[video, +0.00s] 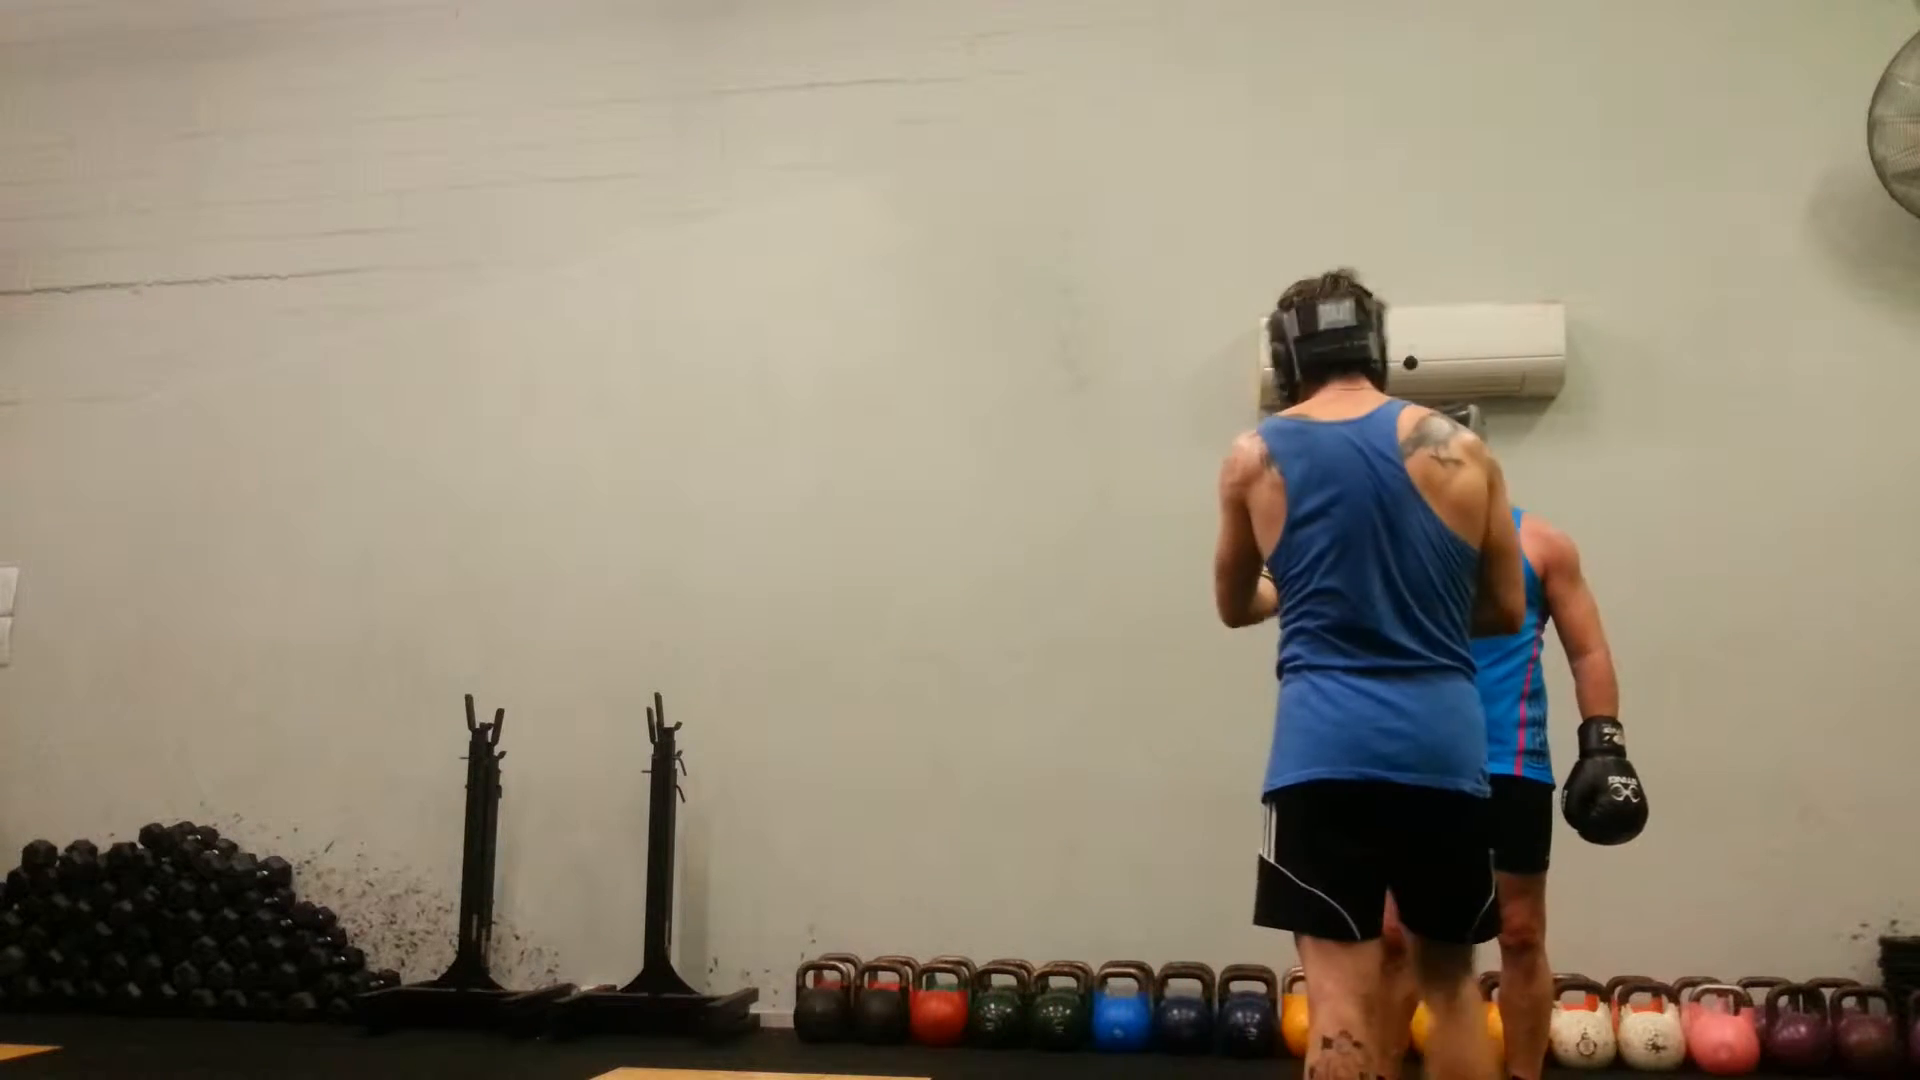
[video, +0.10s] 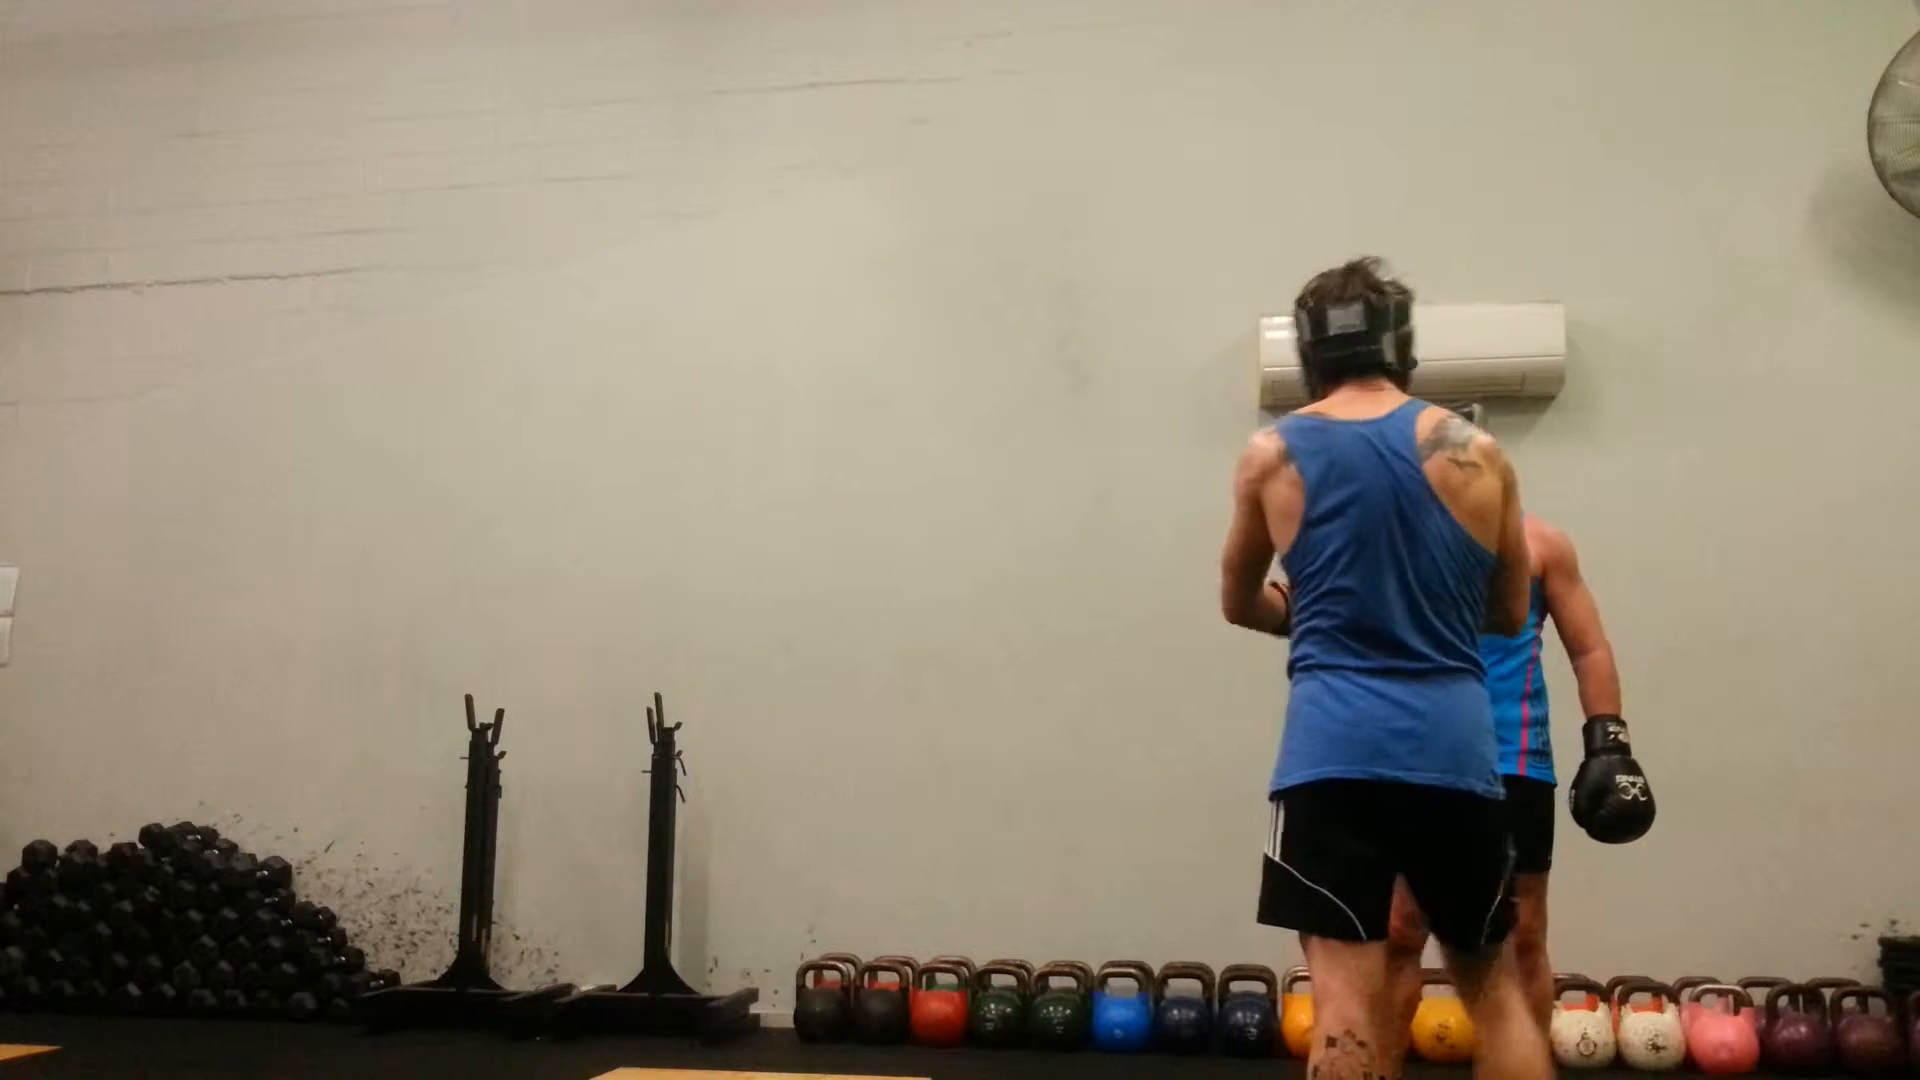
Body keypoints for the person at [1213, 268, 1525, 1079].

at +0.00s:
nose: (1274, 363)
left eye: (1277, 352)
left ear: (1285, 359)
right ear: (1378, 349)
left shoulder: (1256, 457)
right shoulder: (1465, 452)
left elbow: (1238, 605)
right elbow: (1503, 611)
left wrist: (1317, 575)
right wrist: (1411, 594)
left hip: (1323, 752)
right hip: (1446, 753)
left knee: (1342, 1014)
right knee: (1451, 988)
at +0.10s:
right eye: (1402, 333)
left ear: (1307, 351)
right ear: (1403, 344)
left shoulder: (1273, 455)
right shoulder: (1480, 453)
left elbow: (1243, 602)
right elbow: (1510, 612)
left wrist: (1324, 617)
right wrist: (1423, 586)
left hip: (1332, 758)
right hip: (1456, 760)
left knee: (1346, 1012)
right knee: (1491, 988)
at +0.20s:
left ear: (1338, 346)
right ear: (1436, 342)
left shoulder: (1296, 454)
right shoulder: (1504, 458)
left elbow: (1253, 600)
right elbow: (1517, 604)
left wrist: (1310, 642)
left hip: (1351, 761)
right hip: (1482, 768)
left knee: (1356, 1016)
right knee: (1527, 1001)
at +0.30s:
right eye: (1469, 336)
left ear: (1376, 348)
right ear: (1472, 346)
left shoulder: (1328, 457)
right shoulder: (1534, 462)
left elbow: (1277, 612)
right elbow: (1576, 627)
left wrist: (1323, 653)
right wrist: (1615, 751)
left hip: (1378, 768)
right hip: (1505, 772)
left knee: (1368, 1013)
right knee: (1548, 1008)